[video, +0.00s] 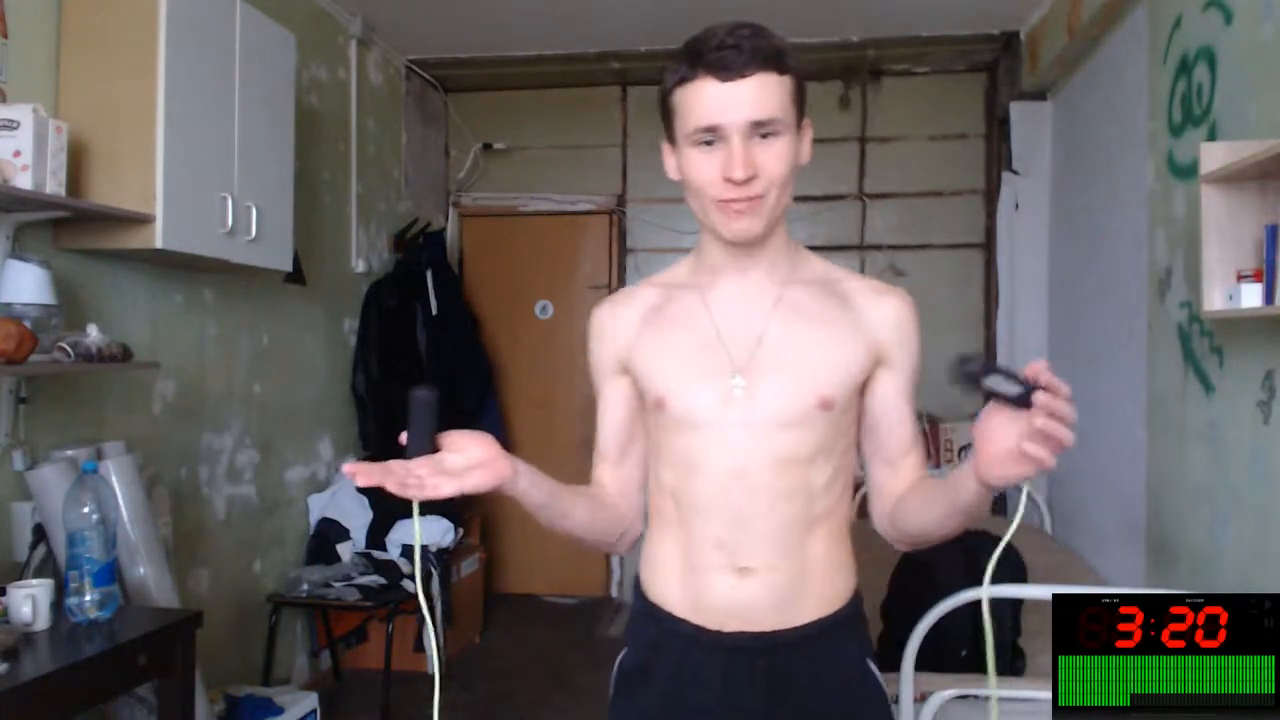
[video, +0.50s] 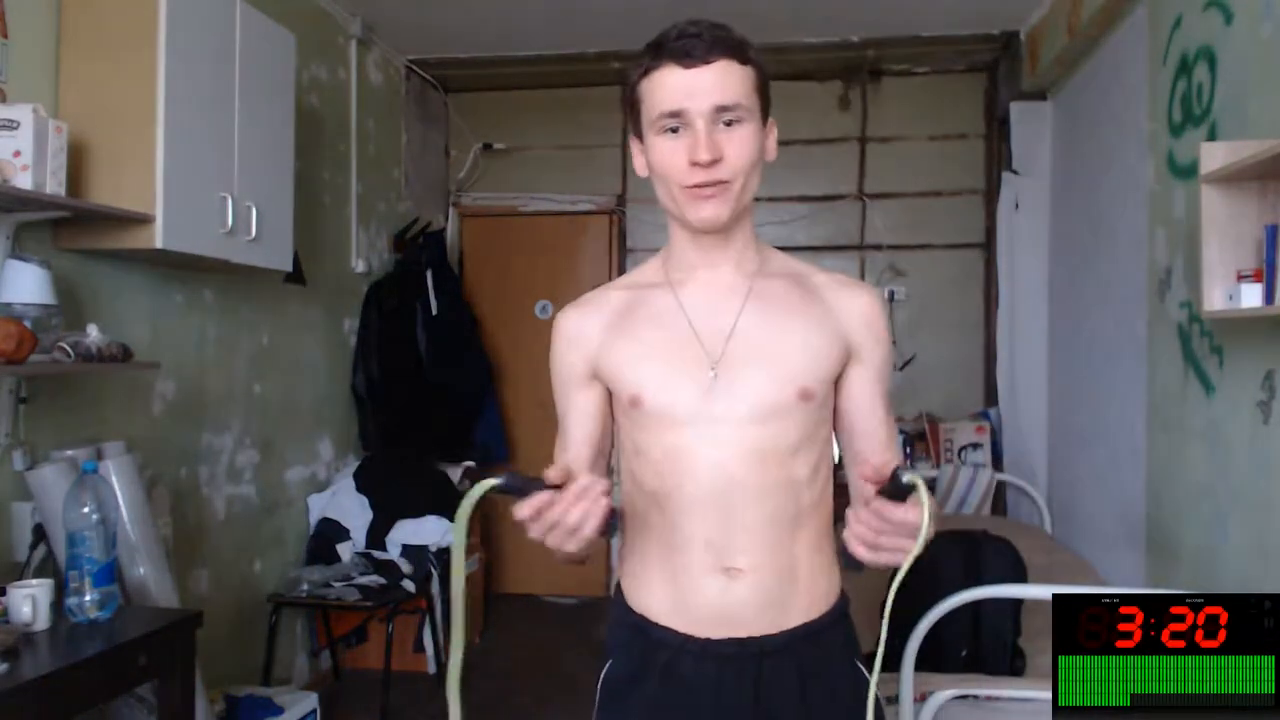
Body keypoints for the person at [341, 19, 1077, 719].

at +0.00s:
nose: (736, 167)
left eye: (761, 134)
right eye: (708, 141)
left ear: (802, 144)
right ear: (672, 160)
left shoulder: (875, 314)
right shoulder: (623, 322)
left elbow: (901, 515)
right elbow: (615, 518)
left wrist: (978, 472)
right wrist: (508, 474)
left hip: (821, 665)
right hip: (670, 665)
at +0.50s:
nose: (704, 152)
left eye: (729, 121)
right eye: (674, 128)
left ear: (768, 141)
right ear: (639, 154)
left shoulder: (848, 311)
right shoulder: (589, 328)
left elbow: (881, 486)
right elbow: (575, 510)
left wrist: (892, 524)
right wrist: (568, 521)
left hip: (811, 669)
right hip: (655, 673)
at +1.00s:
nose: (756, 142)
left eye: (785, 119)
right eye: (730, 115)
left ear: (820, 152)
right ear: (690, 143)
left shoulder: (881, 317)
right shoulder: (619, 320)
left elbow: (923, 514)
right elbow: (583, 511)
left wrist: (891, 517)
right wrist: (651, 532)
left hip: (834, 674)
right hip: (678, 675)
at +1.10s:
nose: (760, 141)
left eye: (790, 119)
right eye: (735, 114)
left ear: (825, 154)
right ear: (694, 143)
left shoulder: (886, 318)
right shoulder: (622, 321)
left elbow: (921, 530)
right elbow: (584, 514)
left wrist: (895, 479)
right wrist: (646, 509)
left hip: (835, 670)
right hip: (679, 670)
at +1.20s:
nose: (761, 144)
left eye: (792, 121)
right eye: (737, 116)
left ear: (827, 154)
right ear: (696, 142)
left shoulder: (887, 316)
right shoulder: (623, 319)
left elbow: (923, 532)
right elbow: (585, 518)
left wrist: (907, 458)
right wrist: (634, 487)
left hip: (832, 667)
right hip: (680, 666)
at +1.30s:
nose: (761, 146)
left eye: (791, 123)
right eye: (737, 119)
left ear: (827, 154)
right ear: (697, 142)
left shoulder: (885, 317)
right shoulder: (623, 321)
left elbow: (936, 536)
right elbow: (591, 526)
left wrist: (891, 481)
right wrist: (626, 501)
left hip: (839, 669)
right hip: (683, 668)